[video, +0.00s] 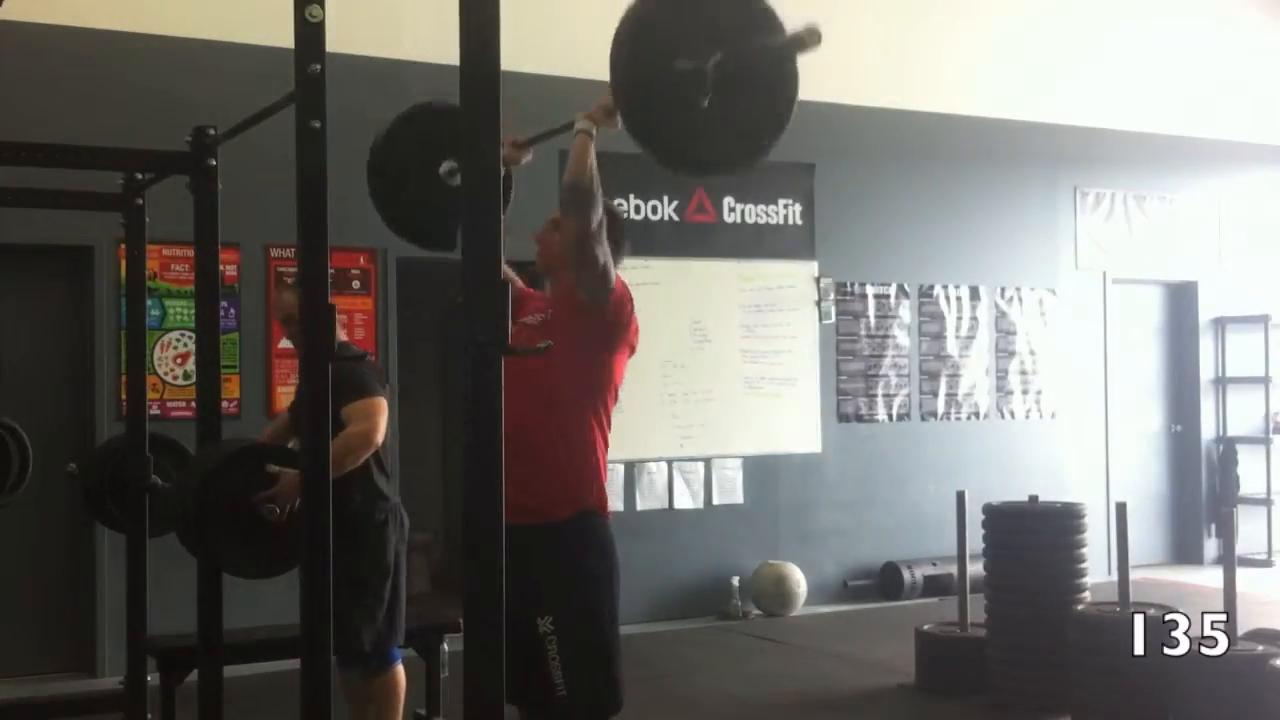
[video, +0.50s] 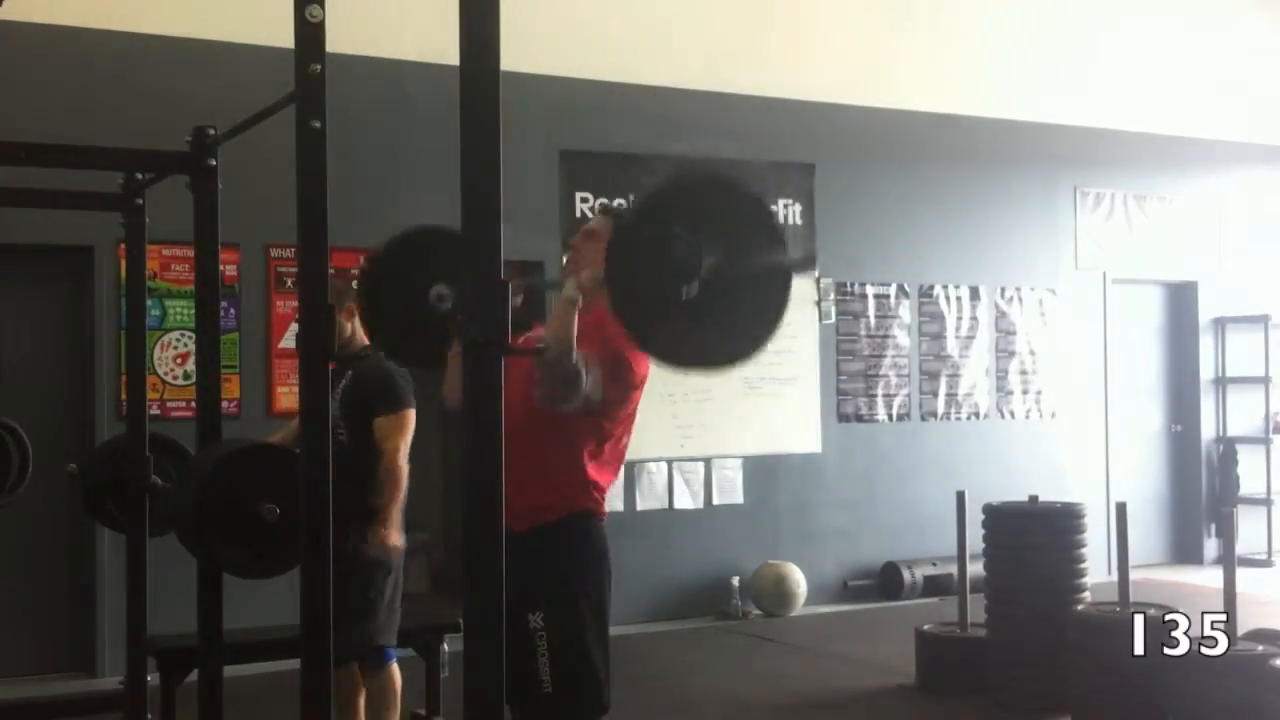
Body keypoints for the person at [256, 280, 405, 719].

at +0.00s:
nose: (285, 331)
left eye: (292, 321)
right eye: (282, 322)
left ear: (317, 319)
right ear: (287, 325)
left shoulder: (352, 366)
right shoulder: (316, 371)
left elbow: (368, 431)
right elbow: (287, 425)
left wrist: (305, 476)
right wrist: (246, 463)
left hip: (371, 519)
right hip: (339, 519)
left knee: (376, 649)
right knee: (350, 649)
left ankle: (389, 719)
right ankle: (363, 717)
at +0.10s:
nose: (294, 328)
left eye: (298, 317)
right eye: (292, 319)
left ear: (321, 312)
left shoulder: (362, 365)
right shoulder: (322, 367)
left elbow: (370, 434)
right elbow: (303, 421)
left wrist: (304, 476)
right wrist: (260, 452)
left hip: (376, 519)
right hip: (336, 517)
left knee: (383, 648)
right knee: (343, 646)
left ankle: (392, 719)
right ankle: (361, 718)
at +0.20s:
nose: (310, 332)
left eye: (318, 321)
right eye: (306, 322)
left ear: (342, 315)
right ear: (310, 322)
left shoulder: (372, 367)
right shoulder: (327, 369)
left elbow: (374, 436)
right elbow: (307, 422)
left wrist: (309, 477)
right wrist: (260, 455)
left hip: (377, 520)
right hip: (334, 517)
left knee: (381, 643)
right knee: (338, 641)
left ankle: (390, 719)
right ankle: (353, 716)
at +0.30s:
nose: (316, 336)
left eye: (322, 324)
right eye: (313, 326)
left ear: (346, 318)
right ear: (321, 323)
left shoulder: (380, 372)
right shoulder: (330, 371)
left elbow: (383, 446)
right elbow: (305, 425)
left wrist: (323, 488)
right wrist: (259, 459)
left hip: (377, 521)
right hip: (333, 519)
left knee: (380, 645)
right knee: (335, 642)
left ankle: (393, 718)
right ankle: (344, 717)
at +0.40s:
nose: (320, 330)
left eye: (327, 319)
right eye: (317, 320)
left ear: (351, 316)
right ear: (320, 321)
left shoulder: (384, 375)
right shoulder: (330, 373)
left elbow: (390, 450)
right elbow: (307, 425)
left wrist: (359, 503)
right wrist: (261, 456)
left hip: (375, 527)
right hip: (331, 525)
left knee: (378, 648)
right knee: (339, 648)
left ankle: (388, 719)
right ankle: (347, 719)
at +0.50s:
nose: (320, 329)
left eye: (327, 318)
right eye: (319, 319)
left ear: (351, 316)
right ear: (328, 320)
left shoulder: (385, 377)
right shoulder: (334, 376)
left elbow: (395, 457)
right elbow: (304, 427)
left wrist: (390, 522)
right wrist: (257, 460)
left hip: (374, 530)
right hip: (333, 528)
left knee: (375, 650)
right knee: (338, 651)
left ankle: (386, 719)